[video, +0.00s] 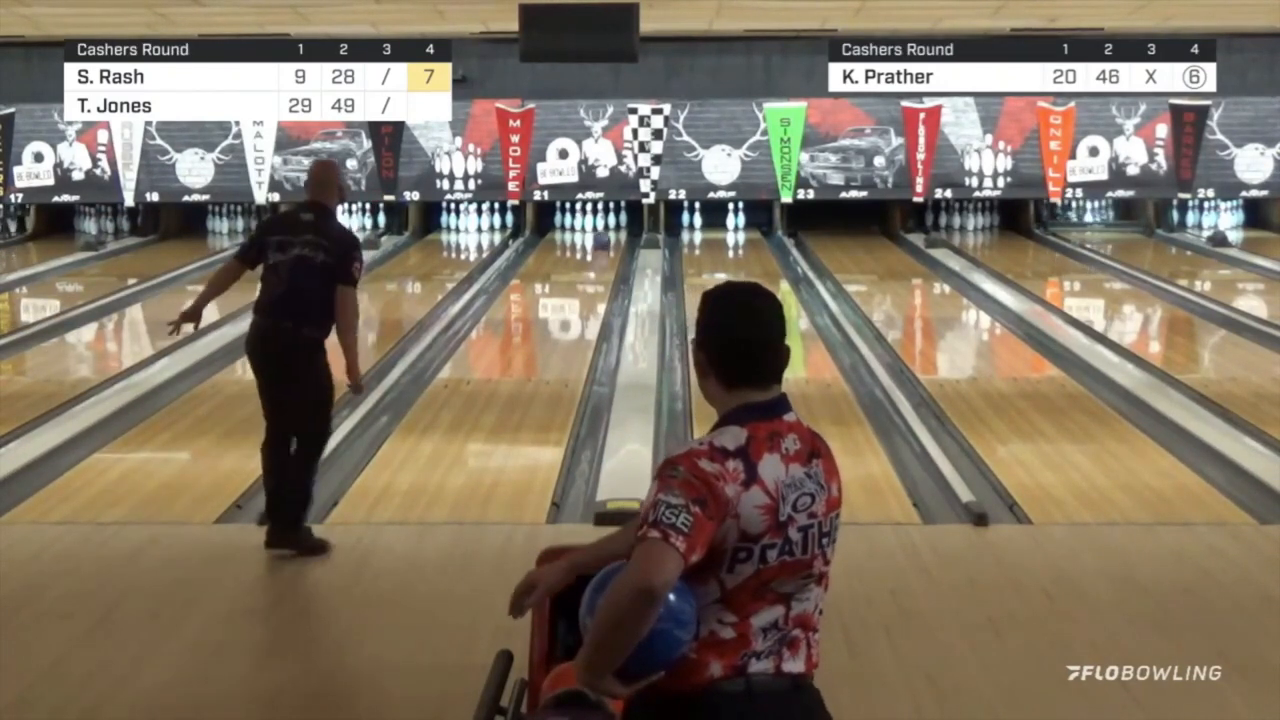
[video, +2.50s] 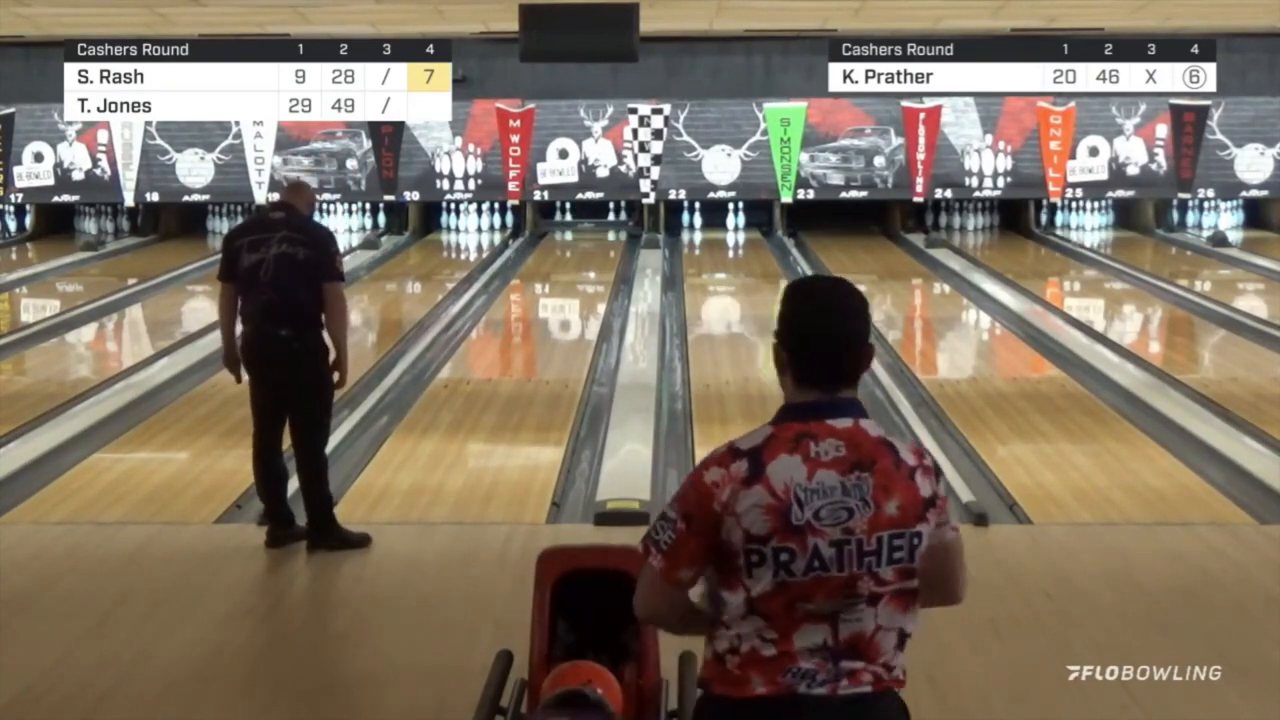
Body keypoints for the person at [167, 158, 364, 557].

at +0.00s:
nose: (345, 191)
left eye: (342, 184)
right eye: (342, 185)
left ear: (308, 187)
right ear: (335, 190)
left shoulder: (276, 222)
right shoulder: (343, 241)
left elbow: (235, 267)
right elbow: (346, 310)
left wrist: (197, 305)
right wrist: (352, 365)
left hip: (261, 340)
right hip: (304, 346)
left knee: (278, 428)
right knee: (314, 430)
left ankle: (278, 520)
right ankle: (290, 526)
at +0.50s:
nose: (354, 190)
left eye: (350, 183)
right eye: (354, 184)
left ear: (318, 184)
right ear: (351, 187)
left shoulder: (284, 231)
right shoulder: (362, 239)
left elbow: (270, 291)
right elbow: (389, 302)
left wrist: (269, 339)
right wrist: (423, 346)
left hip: (301, 351)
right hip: (350, 354)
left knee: (297, 436)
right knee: (362, 445)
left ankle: (282, 524)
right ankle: (373, 530)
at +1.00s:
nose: (326, 191)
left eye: (319, 183)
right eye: (326, 185)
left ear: (291, 184)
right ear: (323, 188)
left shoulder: (260, 229)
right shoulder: (337, 240)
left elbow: (244, 286)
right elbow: (351, 296)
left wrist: (254, 332)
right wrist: (319, 310)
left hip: (278, 347)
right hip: (328, 350)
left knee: (279, 436)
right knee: (350, 438)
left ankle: (281, 525)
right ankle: (366, 523)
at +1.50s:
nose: (313, 188)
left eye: (309, 181)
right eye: (310, 182)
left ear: (276, 184)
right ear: (306, 186)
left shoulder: (246, 232)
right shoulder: (323, 237)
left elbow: (231, 291)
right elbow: (342, 300)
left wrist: (228, 340)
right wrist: (355, 348)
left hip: (266, 349)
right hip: (314, 350)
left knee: (271, 437)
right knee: (318, 441)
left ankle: (280, 525)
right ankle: (324, 527)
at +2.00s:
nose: (314, 196)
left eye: (312, 189)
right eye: (313, 190)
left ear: (279, 186)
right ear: (307, 191)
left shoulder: (242, 233)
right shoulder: (314, 237)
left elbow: (240, 293)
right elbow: (330, 302)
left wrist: (260, 330)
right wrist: (347, 353)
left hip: (266, 347)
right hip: (312, 348)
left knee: (272, 435)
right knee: (316, 441)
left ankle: (280, 525)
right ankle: (324, 527)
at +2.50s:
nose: (314, 210)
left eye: (313, 205)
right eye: (313, 205)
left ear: (281, 200)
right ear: (306, 201)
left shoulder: (240, 234)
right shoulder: (318, 235)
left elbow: (227, 297)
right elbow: (333, 299)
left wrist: (229, 347)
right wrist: (341, 352)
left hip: (258, 348)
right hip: (305, 348)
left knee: (266, 437)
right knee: (311, 442)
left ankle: (279, 525)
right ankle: (323, 527)